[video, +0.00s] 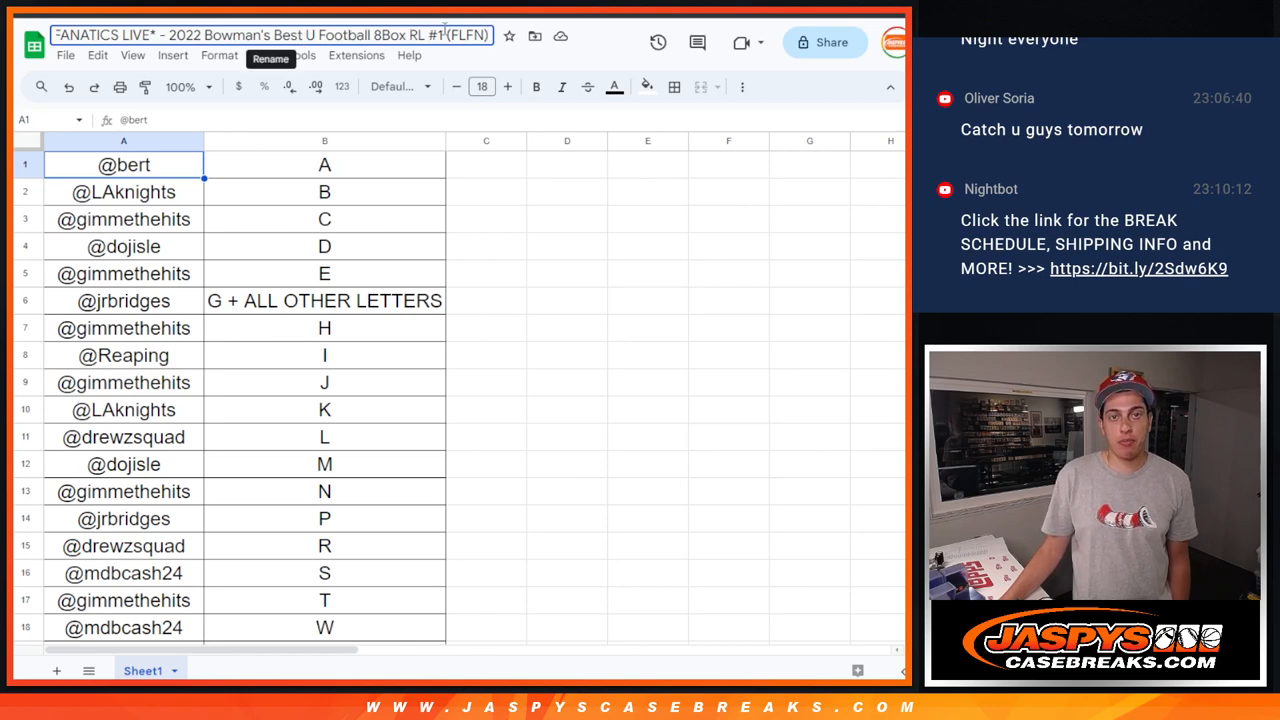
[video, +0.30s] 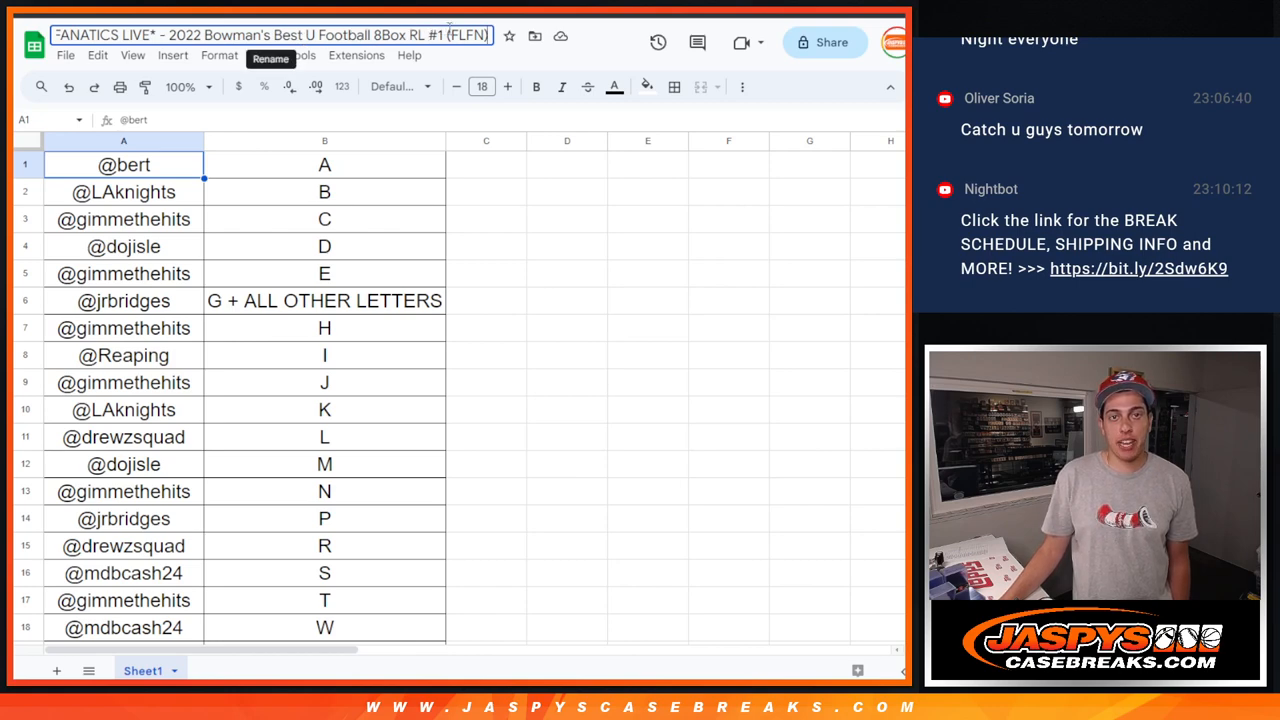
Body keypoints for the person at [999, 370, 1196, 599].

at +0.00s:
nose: (1125, 427)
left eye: (1135, 415)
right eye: (1114, 416)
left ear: (1150, 421)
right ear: (1101, 425)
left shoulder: (1175, 481)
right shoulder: (1074, 476)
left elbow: (1179, 557)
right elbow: (1051, 549)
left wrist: (1179, 611)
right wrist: (1007, 600)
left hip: (1153, 608)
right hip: (1090, 608)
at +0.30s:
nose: (1126, 427)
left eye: (1135, 415)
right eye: (1114, 416)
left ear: (1150, 421)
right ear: (1102, 425)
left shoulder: (1175, 481)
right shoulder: (1074, 476)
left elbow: (1179, 558)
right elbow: (1051, 549)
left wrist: (1180, 611)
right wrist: (1007, 600)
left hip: (1153, 608)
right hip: (1090, 609)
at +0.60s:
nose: (1126, 428)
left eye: (1136, 415)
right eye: (1114, 417)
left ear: (1150, 422)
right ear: (1102, 425)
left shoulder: (1175, 481)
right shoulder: (1074, 475)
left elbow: (1179, 557)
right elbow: (1051, 549)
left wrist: (1180, 611)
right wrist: (1007, 600)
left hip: (1153, 605)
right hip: (1090, 606)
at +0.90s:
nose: (1121, 429)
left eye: (1132, 416)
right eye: (1111, 418)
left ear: (1150, 422)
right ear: (1102, 424)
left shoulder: (1175, 481)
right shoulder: (1074, 475)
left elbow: (1179, 557)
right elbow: (1052, 549)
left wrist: (1180, 609)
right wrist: (1007, 600)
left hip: (1153, 607)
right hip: (1090, 608)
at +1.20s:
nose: (1121, 429)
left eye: (1132, 417)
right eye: (1111, 418)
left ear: (1150, 422)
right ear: (1101, 424)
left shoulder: (1175, 481)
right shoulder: (1074, 475)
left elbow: (1179, 558)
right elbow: (1052, 549)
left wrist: (1180, 610)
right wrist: (1007, 599)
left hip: (1153, 608)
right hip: (1089, 608)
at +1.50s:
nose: (1126, 429)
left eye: (1136, 416)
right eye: (1115, 418)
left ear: (1150, 421)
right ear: (1101, 425)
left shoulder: (1176, 481)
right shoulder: (1074, 476)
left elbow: (1180, 557)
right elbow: (1052, 550)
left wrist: (1180, 611)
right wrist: (1007, 599)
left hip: (1153, 606)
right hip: (1090, 606)